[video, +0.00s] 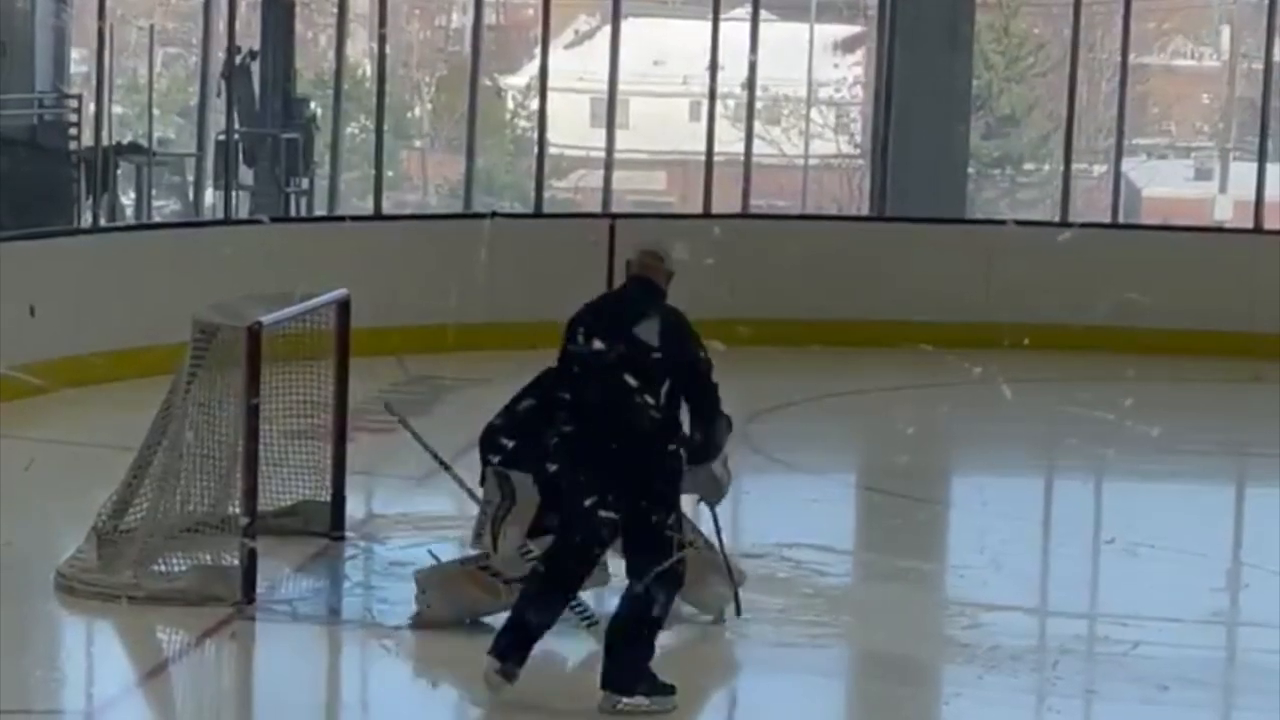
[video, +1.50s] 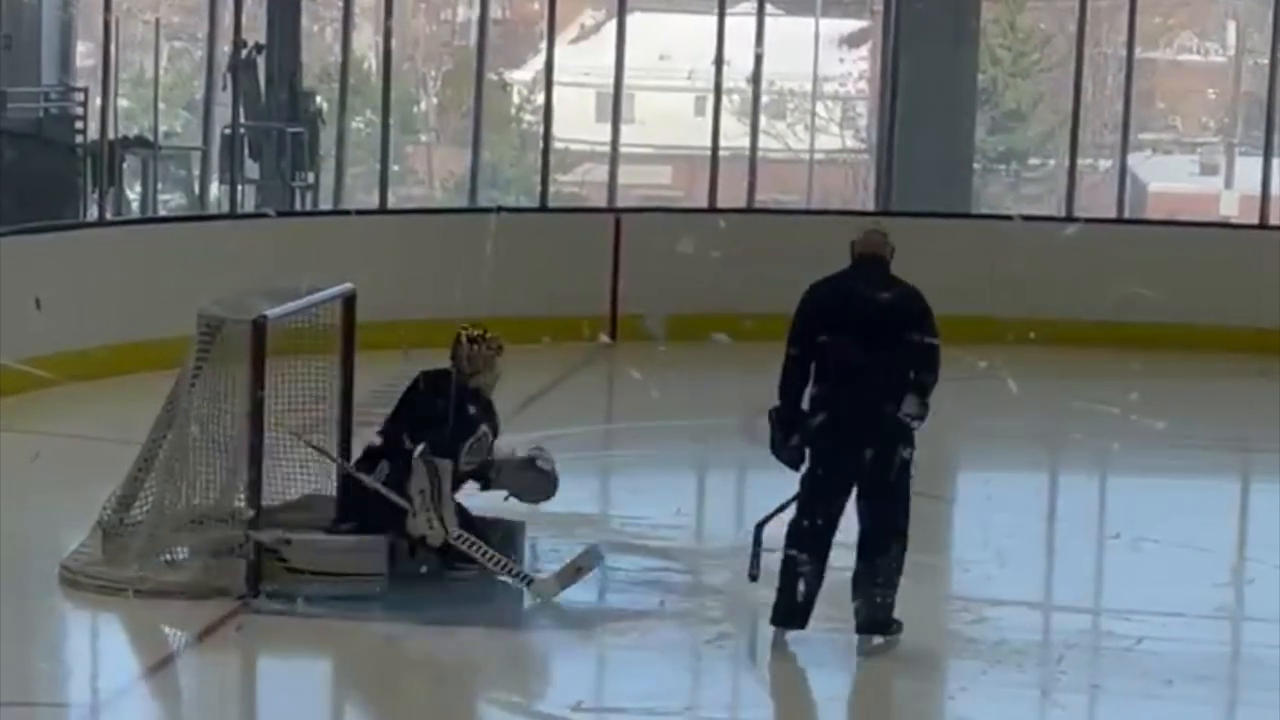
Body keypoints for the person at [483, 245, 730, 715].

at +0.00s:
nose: (662, 284)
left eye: (655, 275)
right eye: (663, 277)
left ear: (626, 274)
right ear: (664, 280)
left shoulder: (586, 316)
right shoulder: (673, 326)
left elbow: (563, 385)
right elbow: (703, 394)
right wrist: (702, 451)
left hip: (585, 456)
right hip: (647, 465)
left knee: (571, 556)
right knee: (657, 570)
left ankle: (509, 653)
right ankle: (626, 678)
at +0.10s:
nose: (690, 280)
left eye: (687, 272)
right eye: (690, 273)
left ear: (648, 270)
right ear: (685, 274)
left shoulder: (611, 314)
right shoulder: (694, 322)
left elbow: (587, 386)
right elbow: (731, 377)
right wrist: (735, 426)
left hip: (611, 457)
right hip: (668, 465)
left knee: (597, 559)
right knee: (674, 574)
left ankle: (540, 654)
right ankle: (648, 680)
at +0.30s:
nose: (715, 279)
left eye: (711, 269)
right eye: (715, 271)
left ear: (684, 270)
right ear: (724, 274)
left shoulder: (647, 316)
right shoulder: (737, 320)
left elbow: (630, 397)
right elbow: (783, 377)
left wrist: (634, 460)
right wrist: (770, 429)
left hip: (649, 462)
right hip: (708, 466)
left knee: (660, 560)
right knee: (710, 566)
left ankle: (633, 658)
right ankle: (688, 667)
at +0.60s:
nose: (753, 274)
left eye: (746, 265)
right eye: (757, 266)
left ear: (727, 267)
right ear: (769, 269)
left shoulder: (695, 313)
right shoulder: (791, 317)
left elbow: (675, 385)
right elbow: (829, 378)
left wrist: (672, 444)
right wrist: (812, 432)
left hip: (707, 458)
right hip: (764, 459)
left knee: (713, 554)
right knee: (765, 558)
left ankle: (698, 656)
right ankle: (752, 666)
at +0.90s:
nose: (786, 267)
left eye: (772, 258)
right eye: (791, 260)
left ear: (757, 264)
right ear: (798, 266)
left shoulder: (725, 306)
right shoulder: (816, 309)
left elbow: (704, 384)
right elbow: (832, 377)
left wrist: (704, 446)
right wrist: (812, 424)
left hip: (739, 450)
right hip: (795, 452)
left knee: (747, 542)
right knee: (809, 548)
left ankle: (737, 644)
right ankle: (813, 655)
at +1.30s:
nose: (840, 262)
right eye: (847, 256)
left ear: (810, 254)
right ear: (849, 257)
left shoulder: (780, 292)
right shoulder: (868, 300)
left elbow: (754, 362)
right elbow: (875, 371)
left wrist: (746, 421)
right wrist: (861, 420)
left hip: (788, 430)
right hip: (844, 436)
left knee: (786, 521)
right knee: (842, 529)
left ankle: (771, 621)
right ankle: (839, 630)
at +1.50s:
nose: (877, 261)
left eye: (868, 252)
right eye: (886, 254)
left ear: (852, 255)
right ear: (890, 258)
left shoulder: (821, 294)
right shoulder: (910, 301)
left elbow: (796, 364)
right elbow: (926, 365)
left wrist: (787, 422)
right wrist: (909, 415)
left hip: (832, 427)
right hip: (888, 433)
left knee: (814, 517)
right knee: (884, 526)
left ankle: (789, 609)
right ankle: (874, 618)